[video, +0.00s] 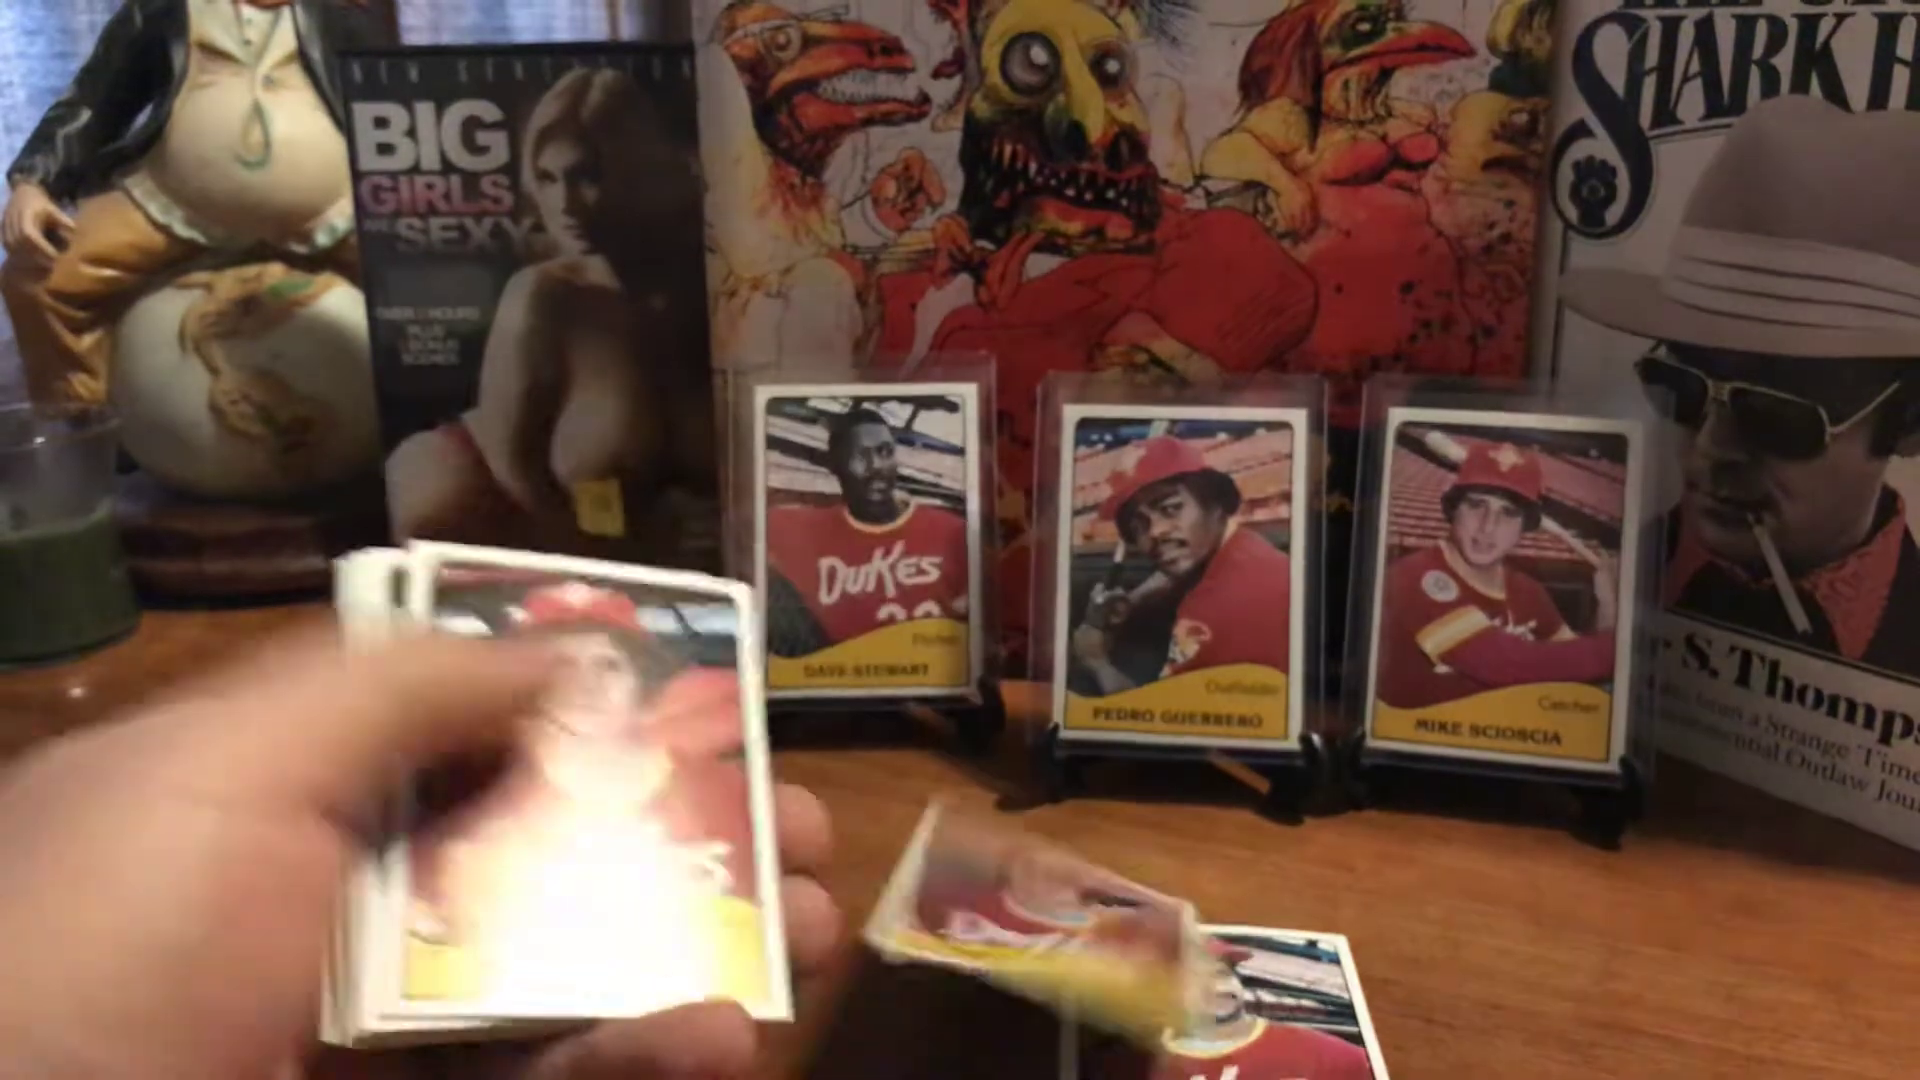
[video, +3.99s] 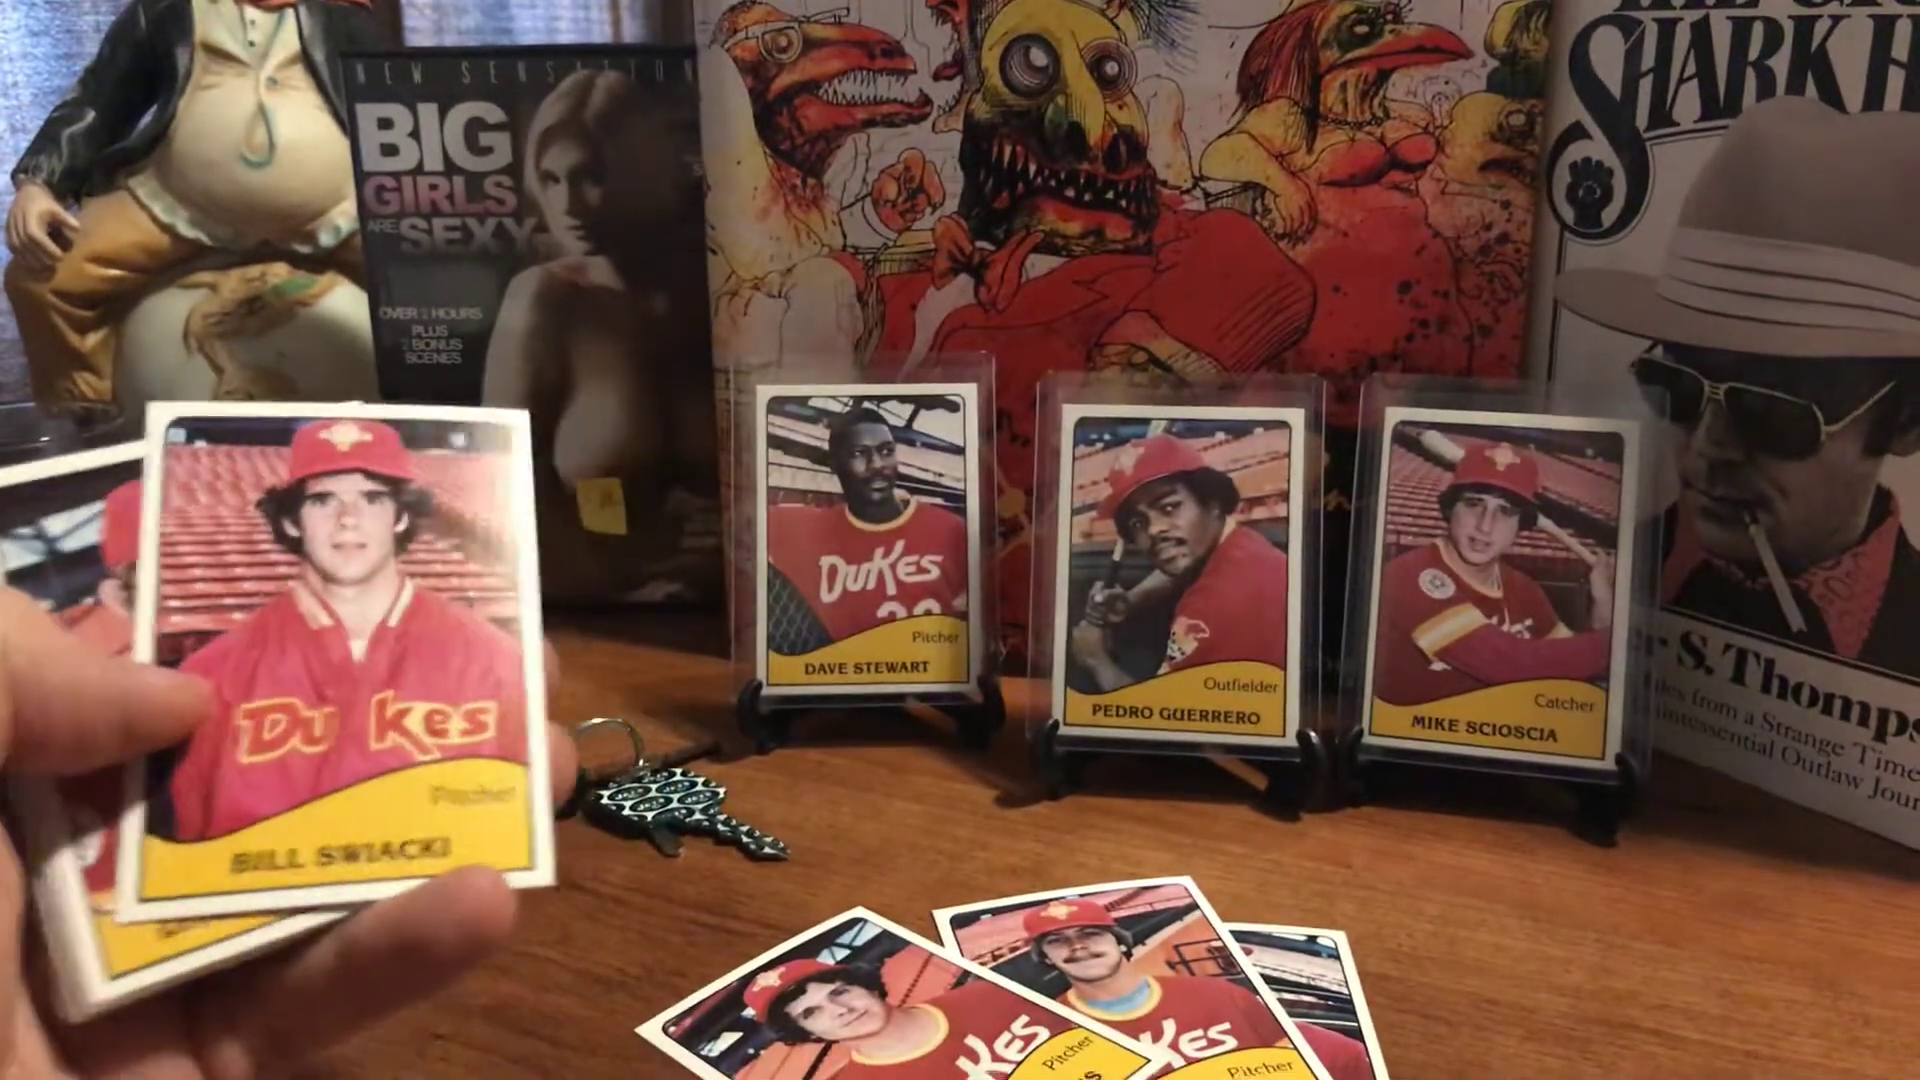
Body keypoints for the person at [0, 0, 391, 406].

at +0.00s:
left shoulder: (341, 17)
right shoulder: (157, 13)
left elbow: (395, 97)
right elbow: (93, 101)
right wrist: (30, 180)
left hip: (334, 212)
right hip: (172, 206)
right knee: (38, 277)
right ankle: (89, 446)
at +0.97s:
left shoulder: (346, 16)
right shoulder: (161, 10)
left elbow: (400, 101)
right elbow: (94, 101)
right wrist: (31, 181)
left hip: (336, 210)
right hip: (174, 206)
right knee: (39, 278)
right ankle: (98, 447)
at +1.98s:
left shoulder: (346, 18)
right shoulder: (159, 14)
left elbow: (400, 99)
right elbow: (94, 102)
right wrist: (31, 182)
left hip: (335, 211)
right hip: (176, 205)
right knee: (39, 280)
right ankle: (93, 445)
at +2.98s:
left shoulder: (343, 17)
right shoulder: (161, 13)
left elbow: (395, 90)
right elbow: (99, 98)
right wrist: (34, 180)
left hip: (340, 209)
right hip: (178, 205)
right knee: (43, 278)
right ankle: (95, 431)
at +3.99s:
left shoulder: (345, 17)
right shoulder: (162, 12)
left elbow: (396, 96)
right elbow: (99, 99)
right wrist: (34, 180)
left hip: (341, 210)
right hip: (178, 205)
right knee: (42, 279)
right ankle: (95, 440)